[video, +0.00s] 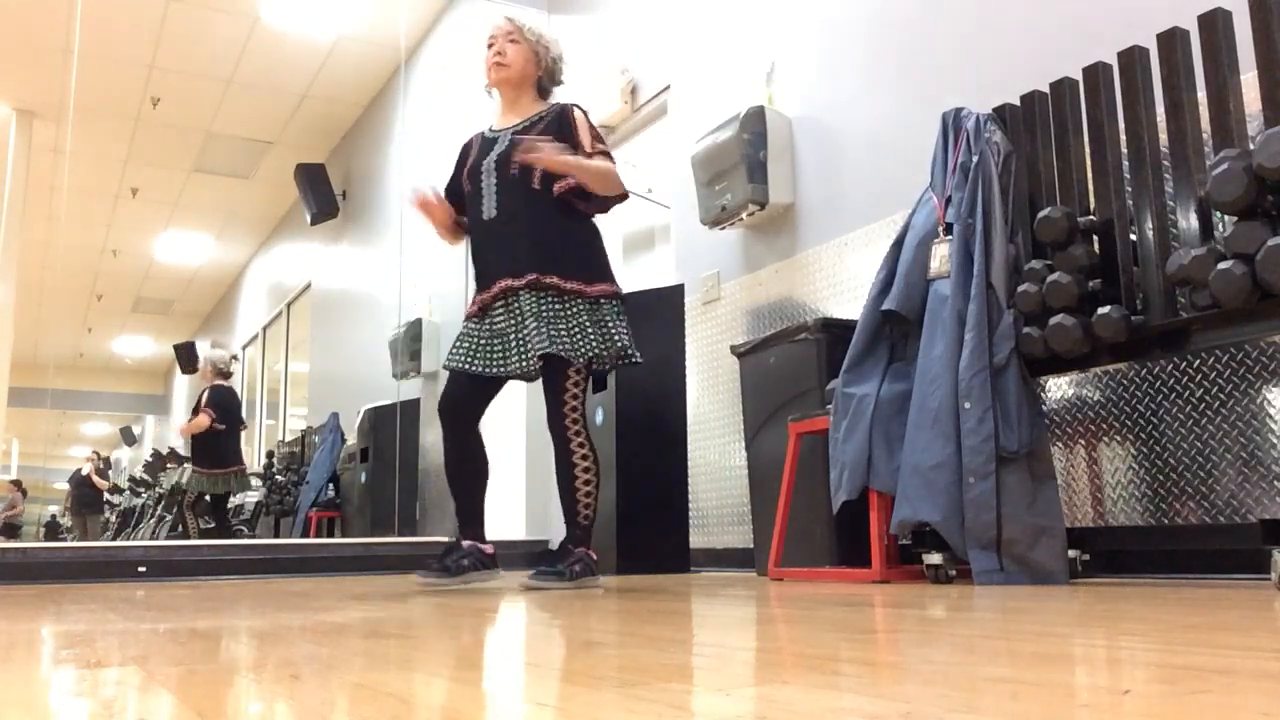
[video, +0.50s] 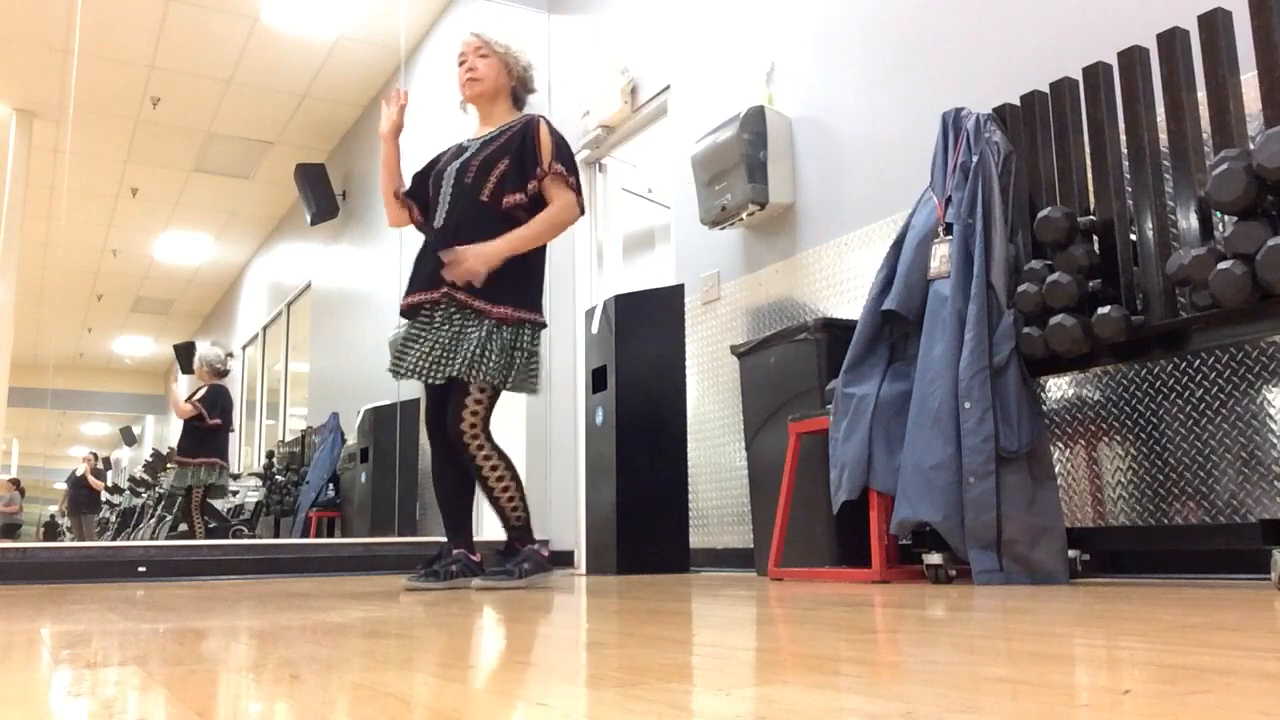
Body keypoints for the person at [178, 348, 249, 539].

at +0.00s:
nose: (201, 370)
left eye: (203, 366)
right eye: (202, 366)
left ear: (210, 369)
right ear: (225, 370)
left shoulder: (212, 392)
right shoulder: (232, 393)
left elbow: (203, 421)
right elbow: (241, 426)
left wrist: (187, 429)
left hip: (208, 467)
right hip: (229, 466)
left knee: (187, 505)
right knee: (220, 510)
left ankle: (196, 548)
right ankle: (227, 551)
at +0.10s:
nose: (200, 368)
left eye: (203, 364)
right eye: (202, 363)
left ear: (211, 367)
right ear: (223, 368)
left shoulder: (214, 389)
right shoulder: (229, 391)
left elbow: (202, 414)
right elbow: (212, 426)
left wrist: (174, 406)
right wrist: (183, 425)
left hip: (207, 465)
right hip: (226, 465)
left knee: (189, 506)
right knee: (220, 510)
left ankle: (198, 550)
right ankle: (229, 553)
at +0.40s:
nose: (196, 367)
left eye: (199, 363)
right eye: (197, 363)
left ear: (206, 366)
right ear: (217, 367)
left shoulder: (212, 389)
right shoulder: (221, 391)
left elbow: (186, 407)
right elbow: (209, 429)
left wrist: (174, 384)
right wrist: (182, 443)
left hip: (203, 461)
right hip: (208, 460)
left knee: (194, 509)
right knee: (195, 509)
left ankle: (200, 554)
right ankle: (199, 553)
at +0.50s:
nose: (194, 368)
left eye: (197, 364)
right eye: (195, 363)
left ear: (205, 367)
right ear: (214, 368)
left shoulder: (214, 391)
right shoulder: (208, 389)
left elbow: (183, 412)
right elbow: (181, 410)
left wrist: (173, 386)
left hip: (203, 463)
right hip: (195, 462)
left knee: (193, 510)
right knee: (191, 510)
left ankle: (200, 554)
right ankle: (198, 553)